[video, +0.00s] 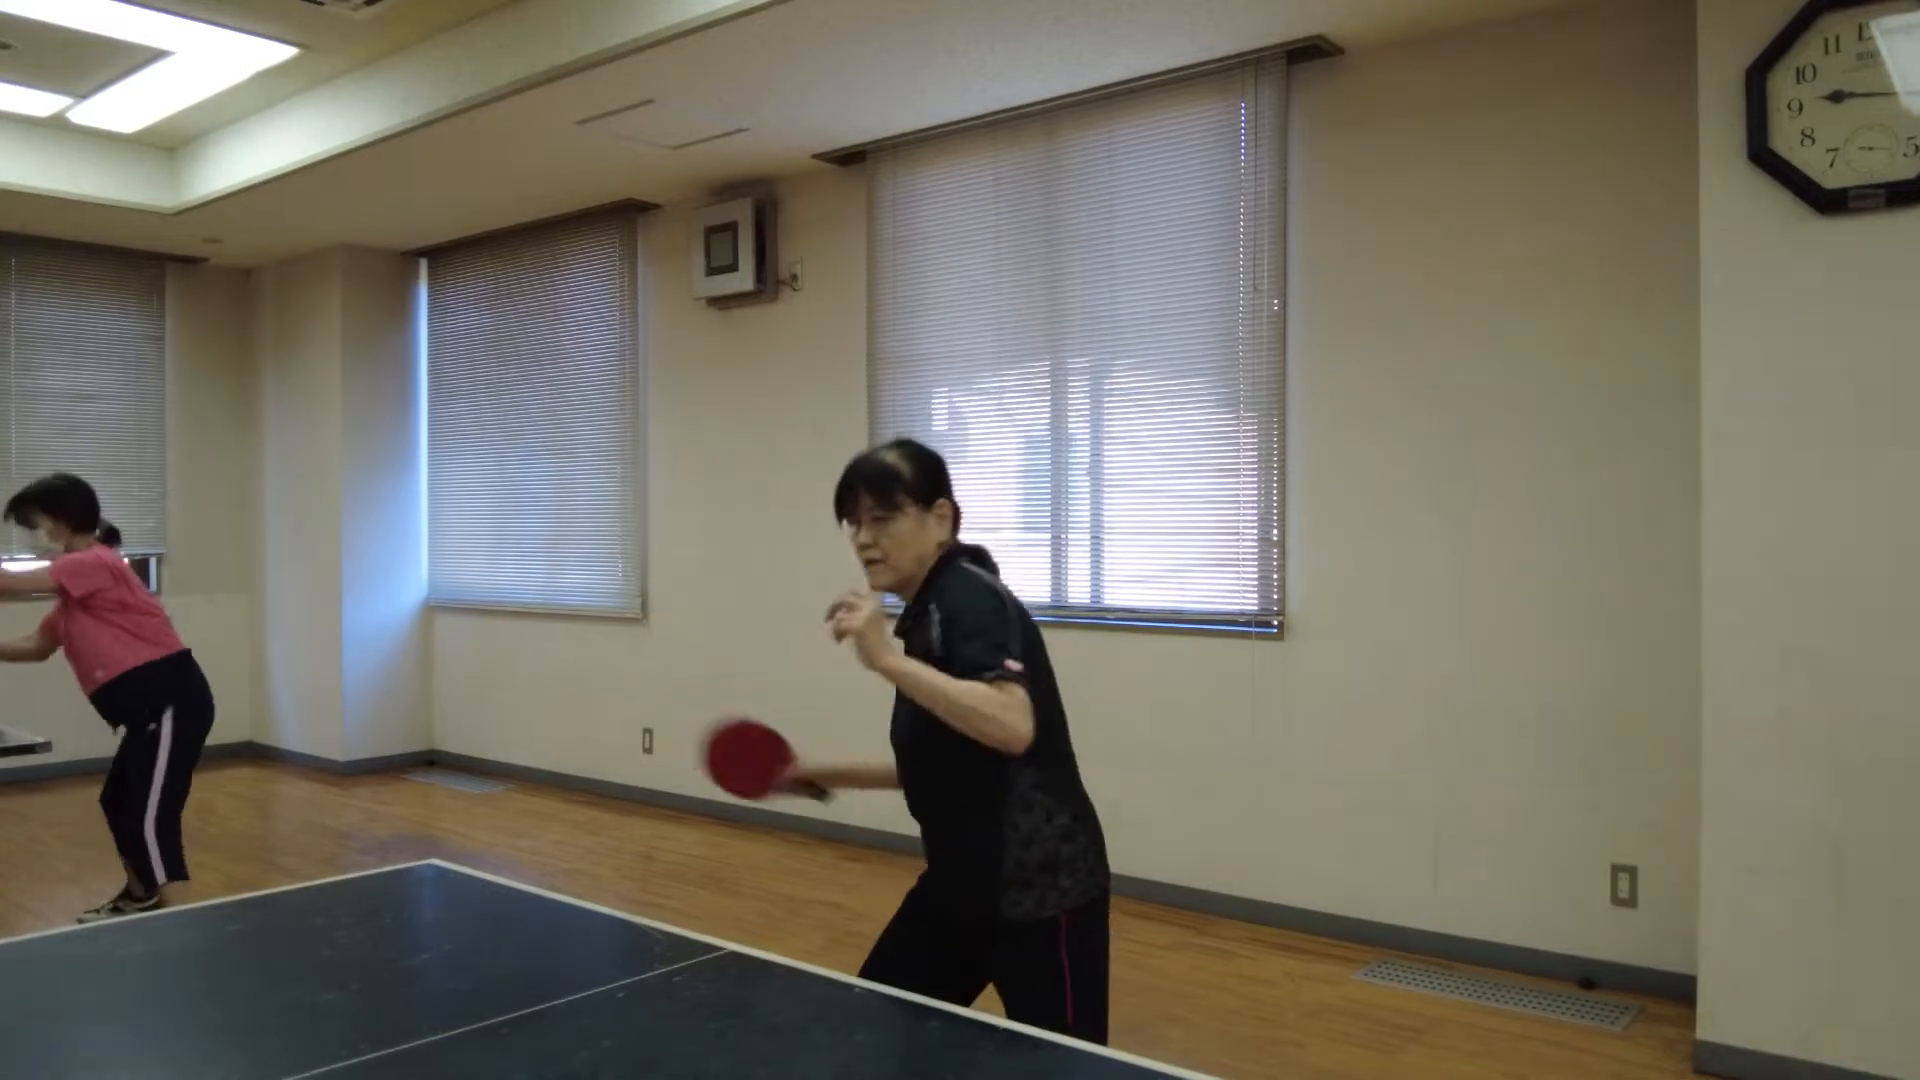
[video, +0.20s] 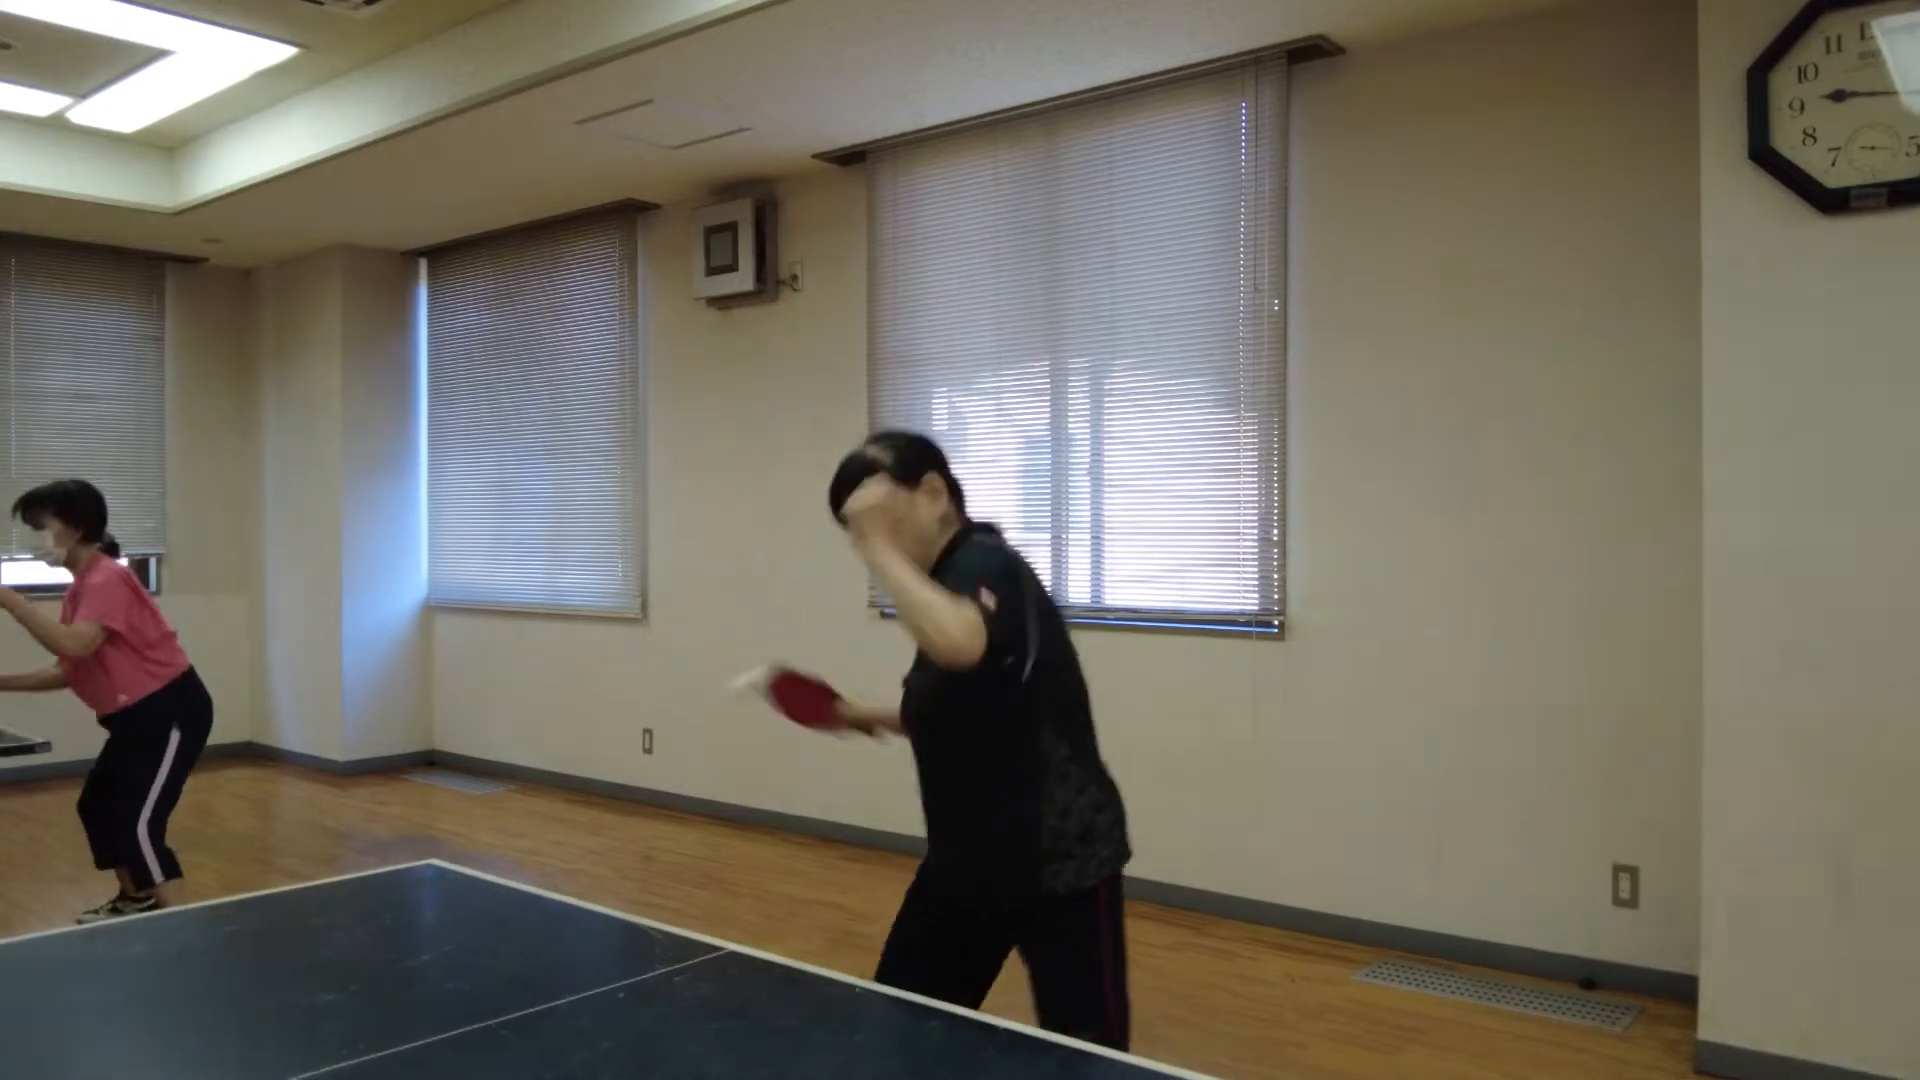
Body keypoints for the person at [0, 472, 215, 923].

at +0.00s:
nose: (39, 534)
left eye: (40, 522)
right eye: (35, 525)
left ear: (65, 517)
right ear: (72, 519)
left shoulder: (97, 562)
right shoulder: (77, 589)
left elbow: (15, 584)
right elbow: (38, 646)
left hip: (174, 697)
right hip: (149, 705)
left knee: (151, 808)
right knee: (118, 799)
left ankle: (172, 912)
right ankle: (140, 894)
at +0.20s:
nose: (39, 540)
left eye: (46, 527)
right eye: (38, 530)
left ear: (77, 527)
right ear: (72, 532)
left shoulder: (107, 577)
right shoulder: (76, 589)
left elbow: (79, 643)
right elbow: (67, 673)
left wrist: (15, 603)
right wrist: (3, 681)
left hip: (172, 709)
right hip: (136, 718)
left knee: (137, 818)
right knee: (96, 805)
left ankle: (175, 919)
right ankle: (135, 897)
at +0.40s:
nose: (51, 536)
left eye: (56, 523)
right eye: (50, 525)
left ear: (83, 520)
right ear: (83, 523)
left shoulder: (105, 568)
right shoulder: (100, 573)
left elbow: (47, 627)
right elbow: (77, 658)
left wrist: (3, 599)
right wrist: (11, 663)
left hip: (168, 708)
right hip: (146, 710)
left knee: (128, 821)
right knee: (109, 804)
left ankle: (166, 916)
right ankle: (129, 895)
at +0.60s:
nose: (51, 540)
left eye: (53, 529)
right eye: (49, 530)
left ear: (74, 524)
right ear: (94, 523)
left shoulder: (90, 570)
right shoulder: (121, 567)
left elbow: (22, 616)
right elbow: (103, 658)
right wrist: (48, 645)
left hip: (146, 711)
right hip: (146, 706)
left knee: (133, 821)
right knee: (93, 791)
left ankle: (176, 922)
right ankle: (114, 882)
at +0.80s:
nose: (30, 561)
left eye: (34, 550)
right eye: (29, 551)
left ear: (62, 549)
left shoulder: (85, 583)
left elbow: (10, 576)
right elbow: (6, 636)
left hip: (168, 705)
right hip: (140, 716)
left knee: (163, 817)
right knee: (94, 787)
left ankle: (190, 920)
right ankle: (101, 885)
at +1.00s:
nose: (27, 556)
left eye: (34, 544)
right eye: (24, 548)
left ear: (64, 543)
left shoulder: (85, 576)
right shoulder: (58, 623)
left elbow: (64, 606)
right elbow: (31, 675)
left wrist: (8, 590)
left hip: (170, 700)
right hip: (134, 717)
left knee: (171, 809)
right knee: (85, 783)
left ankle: (219, 910)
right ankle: (99, 887)